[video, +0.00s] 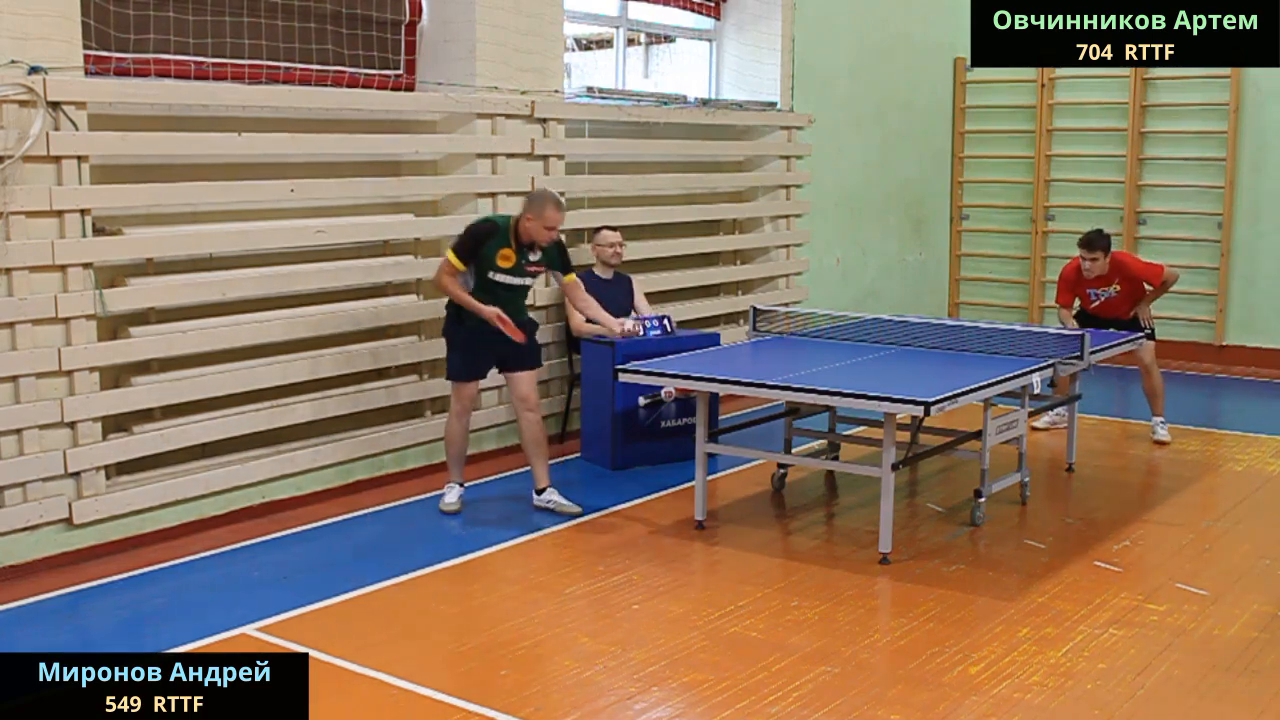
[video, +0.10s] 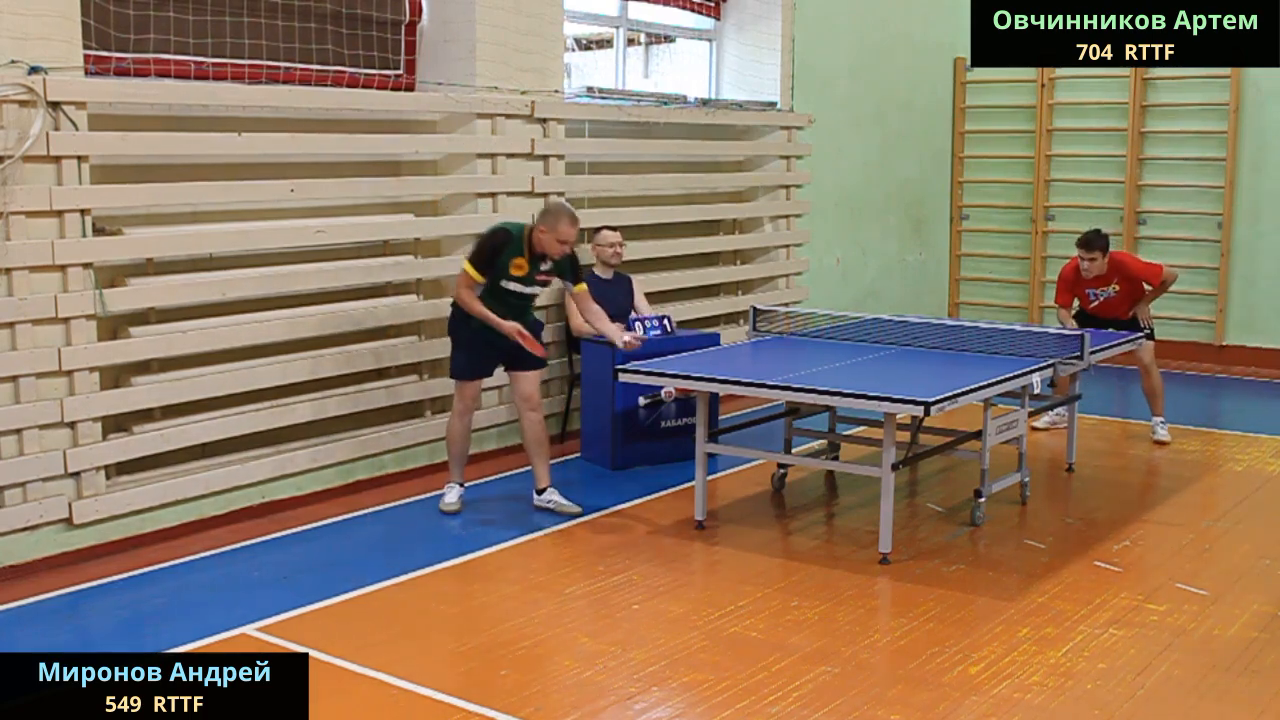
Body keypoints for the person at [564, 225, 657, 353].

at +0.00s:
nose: (618, 251)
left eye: (621, 246)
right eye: (611, 246)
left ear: (624, 248)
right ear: (594, 250)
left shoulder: (629, 283)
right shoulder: (577, 283)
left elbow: (650, 319)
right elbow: (577, 327)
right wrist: (611, 331)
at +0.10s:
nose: (618, 251)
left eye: (621, 245)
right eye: (611, 246)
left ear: (624, 247)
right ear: (594, 250)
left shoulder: (628, 282)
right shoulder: (578, 284)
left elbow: (648, 316)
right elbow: (577, 327)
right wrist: (609, 329)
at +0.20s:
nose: (618, 251)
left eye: (621, 245)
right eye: (611, 246)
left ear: (624, 247)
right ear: (595, 250)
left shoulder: (628, 281)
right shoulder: (579, 281)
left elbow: (649, 317)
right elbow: (577, 327)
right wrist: (610, 329)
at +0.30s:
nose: (618, 251)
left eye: (621, 246)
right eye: (611, 246)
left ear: (624, 248)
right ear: (595, 249)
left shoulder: (629, 282)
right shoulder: (579, 283)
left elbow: (649, 316)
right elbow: (577, 327)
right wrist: (617, 332)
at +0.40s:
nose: (618, 251)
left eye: (621, 246)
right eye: (611, 246)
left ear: (625, 247)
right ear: (595, 248)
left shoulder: (628, 281)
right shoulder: (579, 281)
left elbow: (649, 315)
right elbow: (577, 327)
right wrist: (612, 331)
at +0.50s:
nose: (618, 251)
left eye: (621, 245)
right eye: (611, 246)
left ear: (625, 247)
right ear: (596, 248)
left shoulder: (628, 281)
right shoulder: (579, 281)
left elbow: (649, 315)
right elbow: (577, 327)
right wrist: (611, 330)